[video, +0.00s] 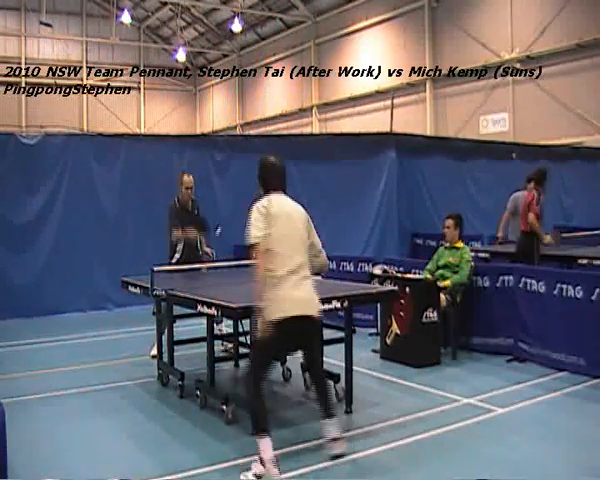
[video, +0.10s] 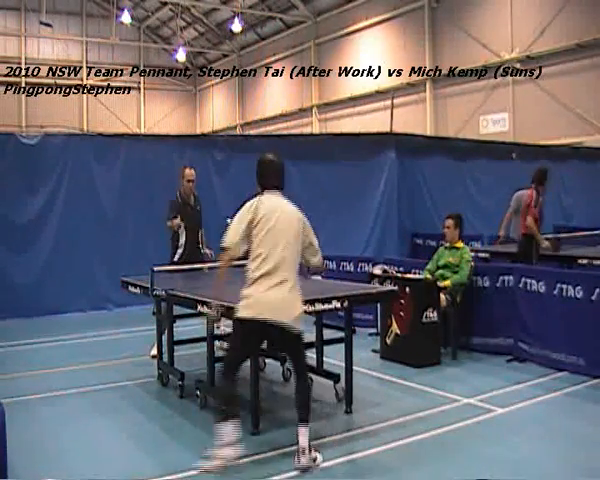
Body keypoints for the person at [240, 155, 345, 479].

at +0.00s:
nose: (259, 183)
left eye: (259, 178)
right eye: (267, 176)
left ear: (261, 181)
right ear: (284, 180)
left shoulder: (261, 209)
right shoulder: (300, 210)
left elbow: (259, 257)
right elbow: (321, 262)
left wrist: (260, 311)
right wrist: (294, 270)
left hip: (278, 316)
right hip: (310, 314)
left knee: (254, 380)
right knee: (317, 371)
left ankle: (266, 458)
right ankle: (334, 436)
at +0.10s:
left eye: (259, 177)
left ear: (258, 180)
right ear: (283, 180)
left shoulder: (252, 208)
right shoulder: (297, 215)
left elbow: (230, 247)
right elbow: (316, 263)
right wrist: (301, 260)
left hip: (252, 310)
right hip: (287, 313)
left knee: (228, 371)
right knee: (302, 372)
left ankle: (227, 443)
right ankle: (303, 448)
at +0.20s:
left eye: (257, 186)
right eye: (273, 186)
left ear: (253, 189)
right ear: (278, 190)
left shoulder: (244, 216)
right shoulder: (288, 225)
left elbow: (216, 251)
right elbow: (308, 269)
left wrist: (206, 261)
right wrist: (305, 270)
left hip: (237, 325)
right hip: (275, 329)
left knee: (210, 379)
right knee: (295, 381)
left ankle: (182, 448)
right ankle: (303, 453)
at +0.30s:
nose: (263, 213)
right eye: (264, 208)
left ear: (240, 210)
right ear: (264, 212)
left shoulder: (225, 236)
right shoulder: (261, 248)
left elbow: (199, 253)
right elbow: (284, 298)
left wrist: (206, 249)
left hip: (211, 345)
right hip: (245, 348)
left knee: (184, 395)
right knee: (282, 380)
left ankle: (152, 461)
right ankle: (302, 453)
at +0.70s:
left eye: (170, 207)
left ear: (168, 213)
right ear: (193, 213)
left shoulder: (162, 242)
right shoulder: (202, 239)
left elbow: (132, 271)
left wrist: (131, 260)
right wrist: (182, 190)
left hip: (178, 342)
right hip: (210, 341)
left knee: (154, 379)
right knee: (213, 407)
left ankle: (155, 453)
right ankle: (232, 466)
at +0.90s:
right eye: (185, 193)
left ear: (162, 206)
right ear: (187, 204)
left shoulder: (161, 234)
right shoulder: (197, 230)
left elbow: (147, 282)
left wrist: (140, 334)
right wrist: (143, 278)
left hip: (178, 331)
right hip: (211, 327)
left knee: (159, 381)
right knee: (223, 387)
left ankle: (155, 451)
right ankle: (251, 446)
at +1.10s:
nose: (196, 187)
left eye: (193, 182)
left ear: (191, 184)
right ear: (215, 184)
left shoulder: (184, 213)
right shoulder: (230, 211)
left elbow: (168, 259)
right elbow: (236, 255)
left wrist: (167, 306)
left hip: (195, 316)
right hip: (229, 314)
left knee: (171, 376)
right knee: (253, 373)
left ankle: (155, 449)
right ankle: (275, 445)